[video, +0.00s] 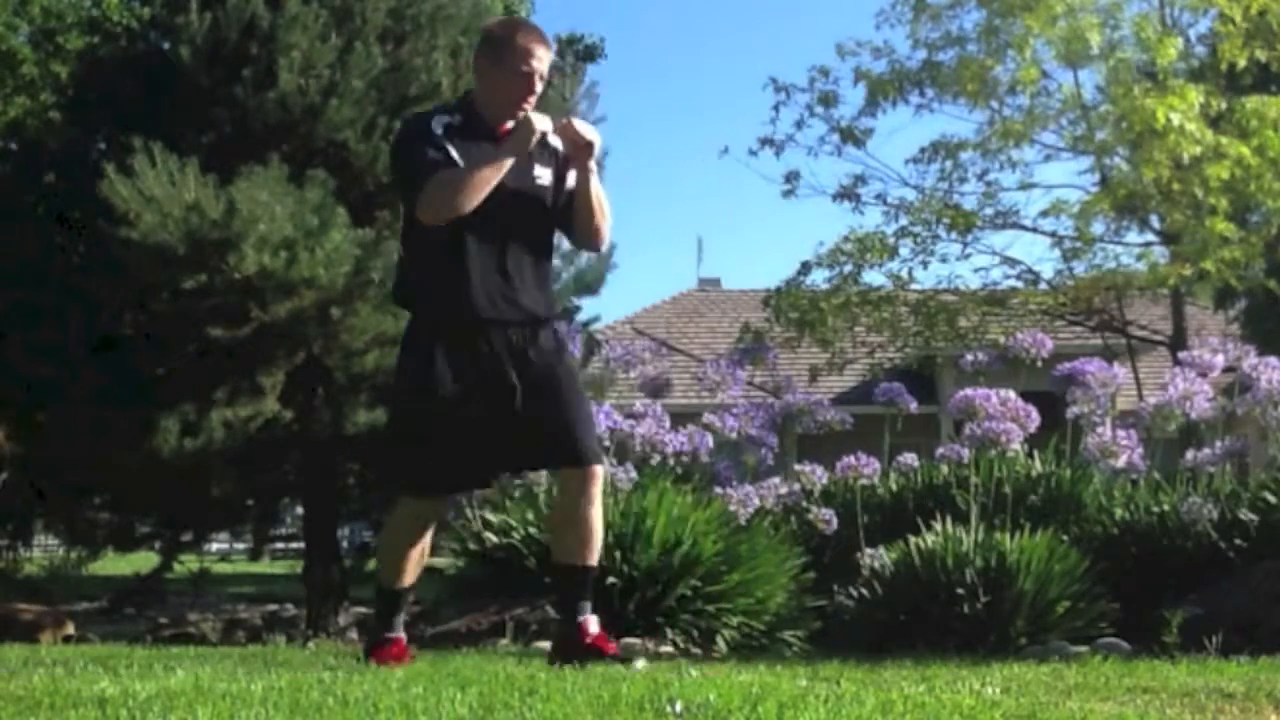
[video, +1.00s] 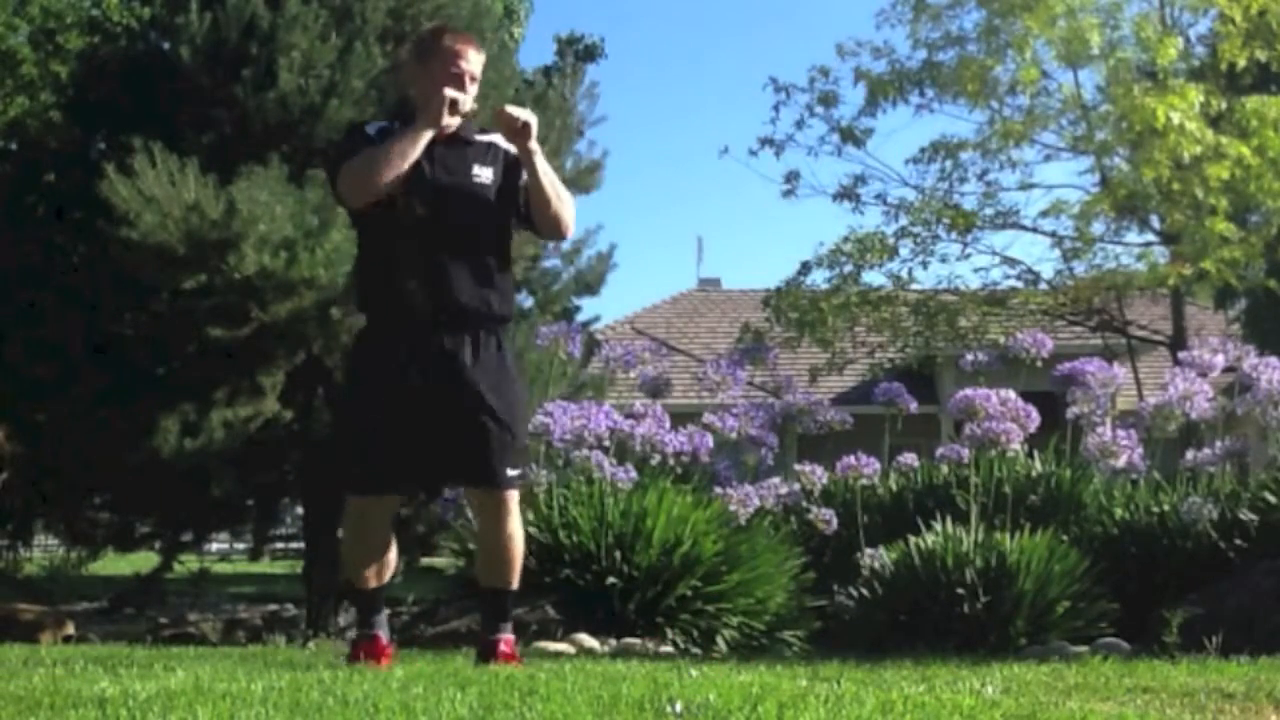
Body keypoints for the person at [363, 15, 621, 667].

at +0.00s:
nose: (532, 87)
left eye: (542, 77)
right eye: (522, 72)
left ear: (548, 83)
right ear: (480, 66)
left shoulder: (551, 149)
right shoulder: (428, 131)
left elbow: (593, 236)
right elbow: (436, 207)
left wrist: (583, 166)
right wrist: (512, 152)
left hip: (536, 337)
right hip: (446, 338)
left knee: (583, 468)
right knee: (422, 495)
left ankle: (578, 628)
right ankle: (387, 631)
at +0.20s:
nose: (519, 97)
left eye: (527, 88)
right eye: (508, 83)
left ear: (535, 95)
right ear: (470, 81)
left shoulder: (550, 166)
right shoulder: (427, 149)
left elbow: (608, 246)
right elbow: (416, 213)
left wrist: (584, 181)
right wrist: (492, 153)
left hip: (530, 351)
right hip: (438, 348)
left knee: (536, 498)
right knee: (410, 499)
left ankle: (520, 636)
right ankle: (399, 628)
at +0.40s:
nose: (499, 84)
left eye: (508, 75)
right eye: (488, 71)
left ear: (517, 82)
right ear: (453, 69)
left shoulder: (533, 147)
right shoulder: (411, 134)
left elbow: (578, 232)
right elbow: (394, 210)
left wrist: (553, 164)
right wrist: (470, 151)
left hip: (503, 342)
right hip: (414, 339)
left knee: (518, 495)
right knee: (379, 490)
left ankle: (516, 634)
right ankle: (377, 613)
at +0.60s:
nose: (456, 102)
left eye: (465, 95)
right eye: (444, 89)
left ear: (472, 107)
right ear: (404, 91)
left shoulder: (494, 173)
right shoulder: (363, 156)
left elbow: (548, 240)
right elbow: (365, 208)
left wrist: (523, 164)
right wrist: (440, 141)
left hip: (475, 360)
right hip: (386, 359)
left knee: (511, 493)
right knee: (371, 504)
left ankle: (505, 634)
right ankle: (353, 638)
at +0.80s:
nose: (450, 77)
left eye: (459, 70)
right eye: (438, 64)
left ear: (466, 80)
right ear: (399, 65)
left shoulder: (485, 142)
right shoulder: (359, 130)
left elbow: (540, 215)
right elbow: (360, 195)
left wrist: (515, 139)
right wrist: (433, 124)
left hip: (473, 335)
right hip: (385, 336)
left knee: (497, 480)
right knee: (366, 494)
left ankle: (489, 626)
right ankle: (352, 634)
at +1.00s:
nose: (462, 87)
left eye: (472, 80)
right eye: (451, 72)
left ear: (478, 92)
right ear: (412, 70)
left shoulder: (501, 156)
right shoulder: (373, 141)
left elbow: (560, 225)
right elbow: (355, 190)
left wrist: (532, 149)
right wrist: (427, 127)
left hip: (481, 348)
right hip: (392, 345)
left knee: (500, 497)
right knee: (369, 502)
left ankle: (498, 635)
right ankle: (372, 633)